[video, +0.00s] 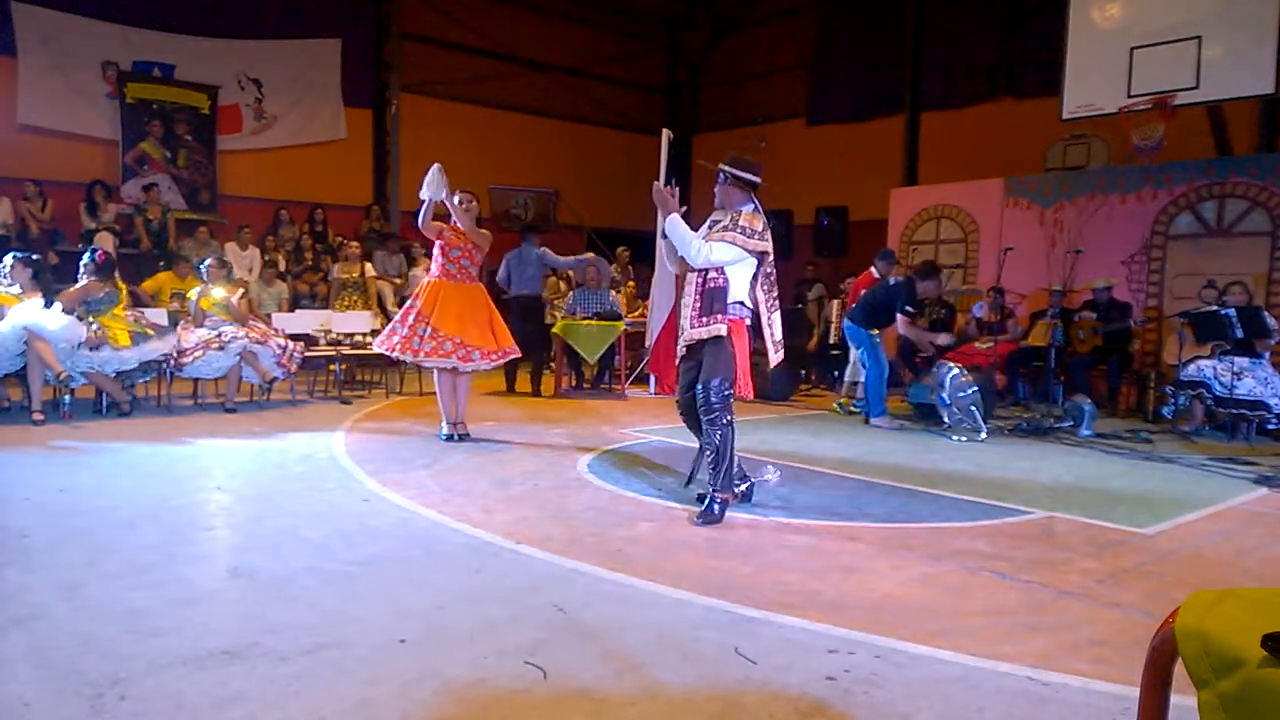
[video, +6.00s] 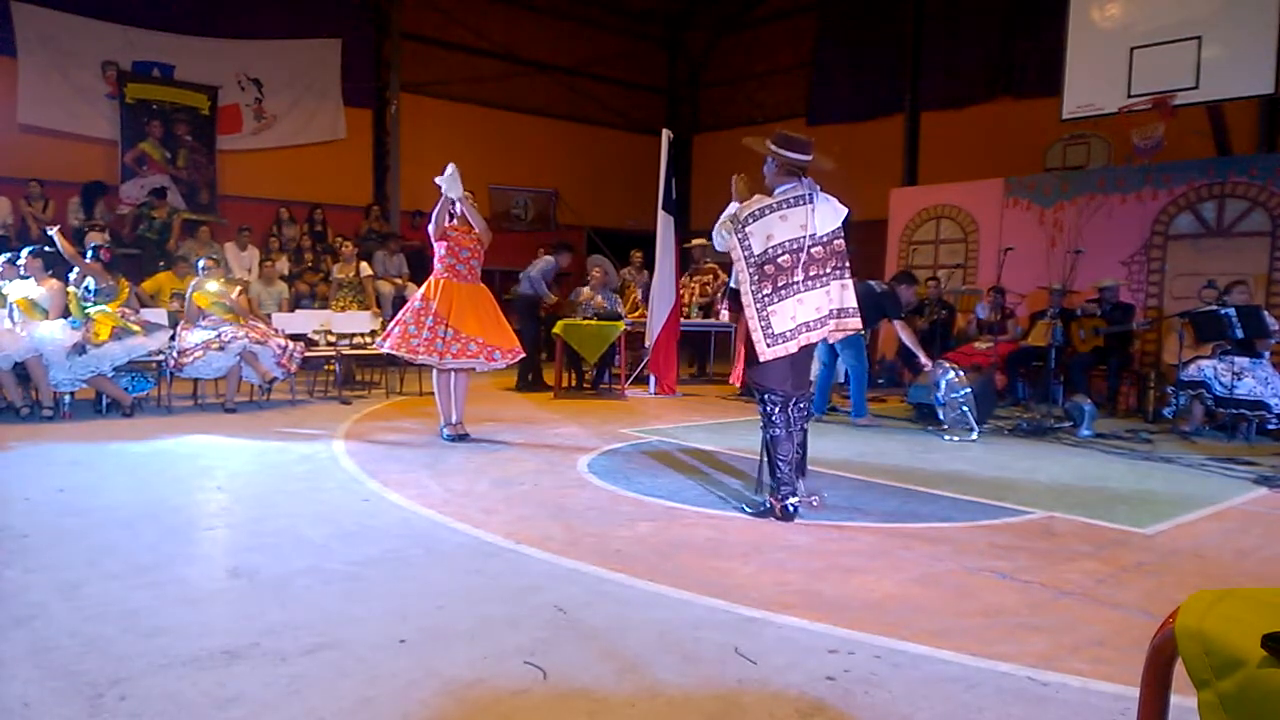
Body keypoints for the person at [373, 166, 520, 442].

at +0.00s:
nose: (464, 204)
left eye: (469, 200)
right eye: (460, 202)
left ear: (479, 208)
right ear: (452, 209)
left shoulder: (484, 238)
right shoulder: (443, 230)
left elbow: (468, 228)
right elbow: (424, 225)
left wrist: (449, 203)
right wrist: (430, 199)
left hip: (468, 297)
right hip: (440, 296)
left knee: (464, 364)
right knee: (443, 363)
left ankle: (460, 420)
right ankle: (447, 420)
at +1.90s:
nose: (454, 206)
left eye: (459, 202)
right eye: (449, 202)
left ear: (466, 206)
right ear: (441, 207)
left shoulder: (477, 232)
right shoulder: (435, 233)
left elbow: (503, 241)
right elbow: (448, 239)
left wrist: (482, 219)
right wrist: (465, 215)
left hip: (474, 298)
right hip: (447, 297)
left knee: (469, 364)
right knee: (448, 364)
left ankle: (461, 420)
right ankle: (447, 420)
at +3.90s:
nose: (458, 210)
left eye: (462, 206)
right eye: (455, 205)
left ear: (469, 209)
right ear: (448, 207)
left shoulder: (478, 233)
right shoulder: (438, 229)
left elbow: (492, 243)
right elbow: (442, 237)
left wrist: (476, 216)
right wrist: (454, 219)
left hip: (469, 298)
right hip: (442, 296)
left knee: (461, 364)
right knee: (442, 364)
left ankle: (458, 420)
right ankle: (446, 421)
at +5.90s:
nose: (463, 208)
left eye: (468, 203)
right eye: (459, 205)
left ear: (472, 208)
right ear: (452, 208)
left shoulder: (481, 236)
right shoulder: (440, 232)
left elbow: (481, 226)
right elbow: (437, 222)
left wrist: (463, 200)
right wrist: (445, 197)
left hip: (469, 295)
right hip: (443, 294)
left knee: (463, 364)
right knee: (443, 363)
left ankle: (458, 421)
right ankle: (445, 422)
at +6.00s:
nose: (462, 208)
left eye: (467, 203)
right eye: (459, 205)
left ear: (474, 209)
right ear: (452, 209)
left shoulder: (481, 237)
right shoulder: (441, 233)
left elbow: (482, 226)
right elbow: (436, 223)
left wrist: (461, 197)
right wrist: (445, 195)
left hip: (469, 296)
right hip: (442, 294)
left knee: (463, 364)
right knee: (443, 364)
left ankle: (458, 421)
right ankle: (445, 422)